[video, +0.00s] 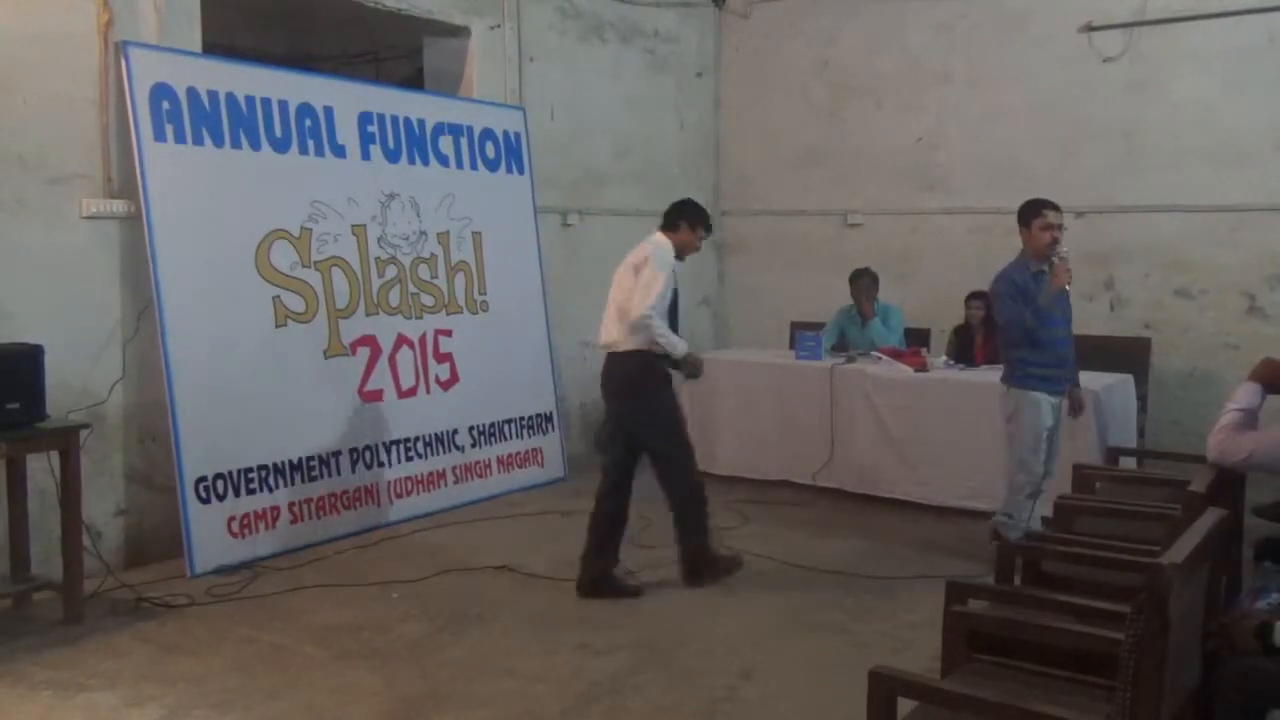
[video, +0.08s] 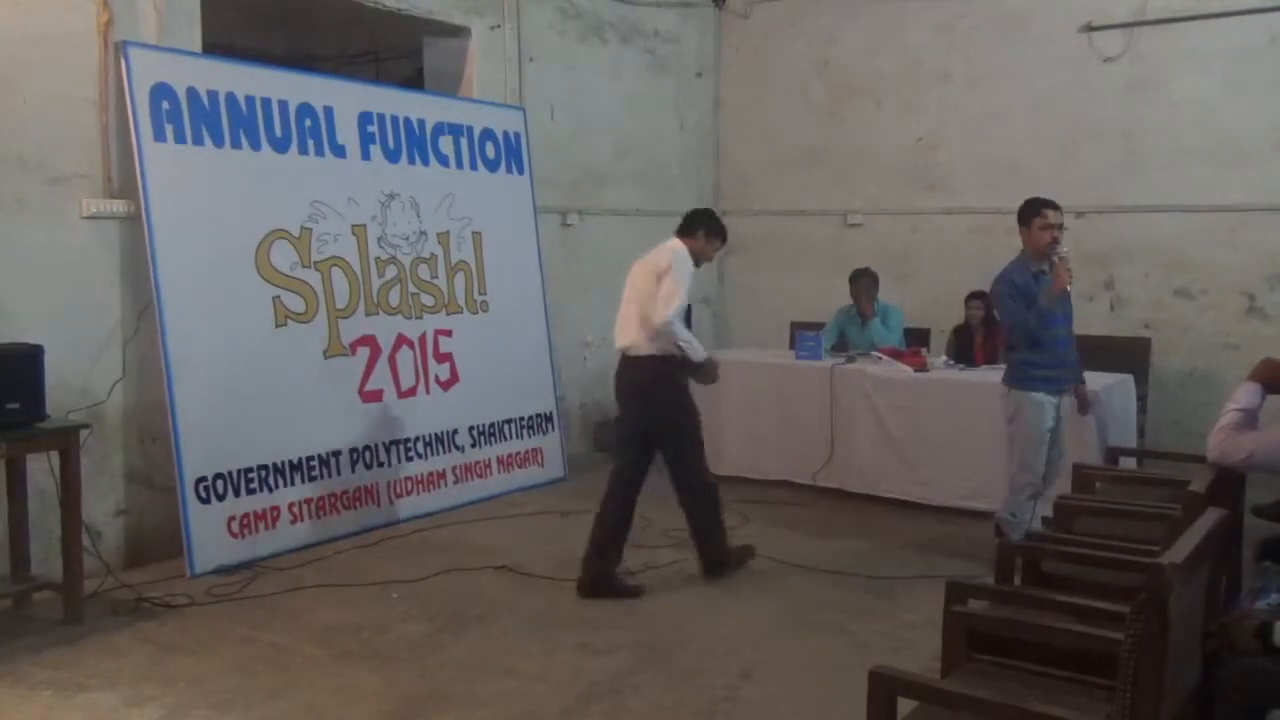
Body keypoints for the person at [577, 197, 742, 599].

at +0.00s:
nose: (699, 247)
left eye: (701, 240)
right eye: (699, 237)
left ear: (672, 227)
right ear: (682, 227)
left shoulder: (637, 255)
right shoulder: (661, 255)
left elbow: (629, 325)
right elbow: (641, 315)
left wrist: (672, 357)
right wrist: (682, 351)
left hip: (618, 369)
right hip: (642, 369)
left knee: (617, 473)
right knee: (679, 467)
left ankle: (596, 572)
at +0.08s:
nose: (713, 256)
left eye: (716, 249)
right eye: (713, 247)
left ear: (688, 233)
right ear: (698, 235)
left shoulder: (649, 258)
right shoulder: (678, 257)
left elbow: (642, 325)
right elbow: (664, 318)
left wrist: (685, 359)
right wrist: (700, 357)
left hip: (633, 372)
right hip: (659, 373)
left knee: (626, 475)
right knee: (691, 471)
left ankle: (597, 573)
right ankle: (715, 555)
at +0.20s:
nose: (737, 252)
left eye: (740, 245)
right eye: (738, 243)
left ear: (708, 230)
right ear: (724, 233)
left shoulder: (665, 261)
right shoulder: (712, 264)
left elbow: (661, 326)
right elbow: (704, 324)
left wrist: (709, 366)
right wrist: (726, 362)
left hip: (656, 371)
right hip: (690, 371)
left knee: (655, 469)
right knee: (711, 468)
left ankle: (611, 560)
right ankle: (717, 555)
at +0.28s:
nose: (747, 240)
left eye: (749, 232)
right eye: (747, 231)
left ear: (715, 222)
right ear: (733, 224)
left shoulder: (676, 257)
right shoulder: (726, 259)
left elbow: (676, 317)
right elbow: (731, 323)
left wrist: (721, 359)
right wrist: (744, 360)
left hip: (671, 363)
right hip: (705, 365)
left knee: (686, 457)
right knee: (723, 464)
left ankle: (639, 533)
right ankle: (718, 556)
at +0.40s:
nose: (755, 224)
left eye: (757, 217)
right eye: (755, 217)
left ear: (721, 212)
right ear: (743, 214)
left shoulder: (689, 252)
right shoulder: (744, 251)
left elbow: (694, 311)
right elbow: (772, 308)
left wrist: (735, 355)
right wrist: (783, 346)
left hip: (690, 355)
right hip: (721, 356)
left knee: (723, 444)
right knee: (732, 452)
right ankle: (717, 554)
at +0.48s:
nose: (765, 223)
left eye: (765, 216)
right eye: (764, 216)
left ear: (728, 213)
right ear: (753, 214)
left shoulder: (698, 255)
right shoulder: (755, 250)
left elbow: (702, 306)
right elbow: (791, 298)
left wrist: (744, 344)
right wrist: (805, 329)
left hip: (704, 356)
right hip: (736, 356)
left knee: (750, 437)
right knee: (737, 448)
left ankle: (739, 521)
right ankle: (716, 552)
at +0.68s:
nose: (788, 232)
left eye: (788, 226)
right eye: (787, 225)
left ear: (752, 224)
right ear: (776, 224)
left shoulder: (727, 265)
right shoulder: (781, 259)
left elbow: (728, 317)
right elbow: (807, 316)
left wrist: (773, 331)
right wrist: (844, 349)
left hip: (738, 360)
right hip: (771, 361)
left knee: (765, 444)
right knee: (759, 449)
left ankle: (781, 521)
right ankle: (724, 544)